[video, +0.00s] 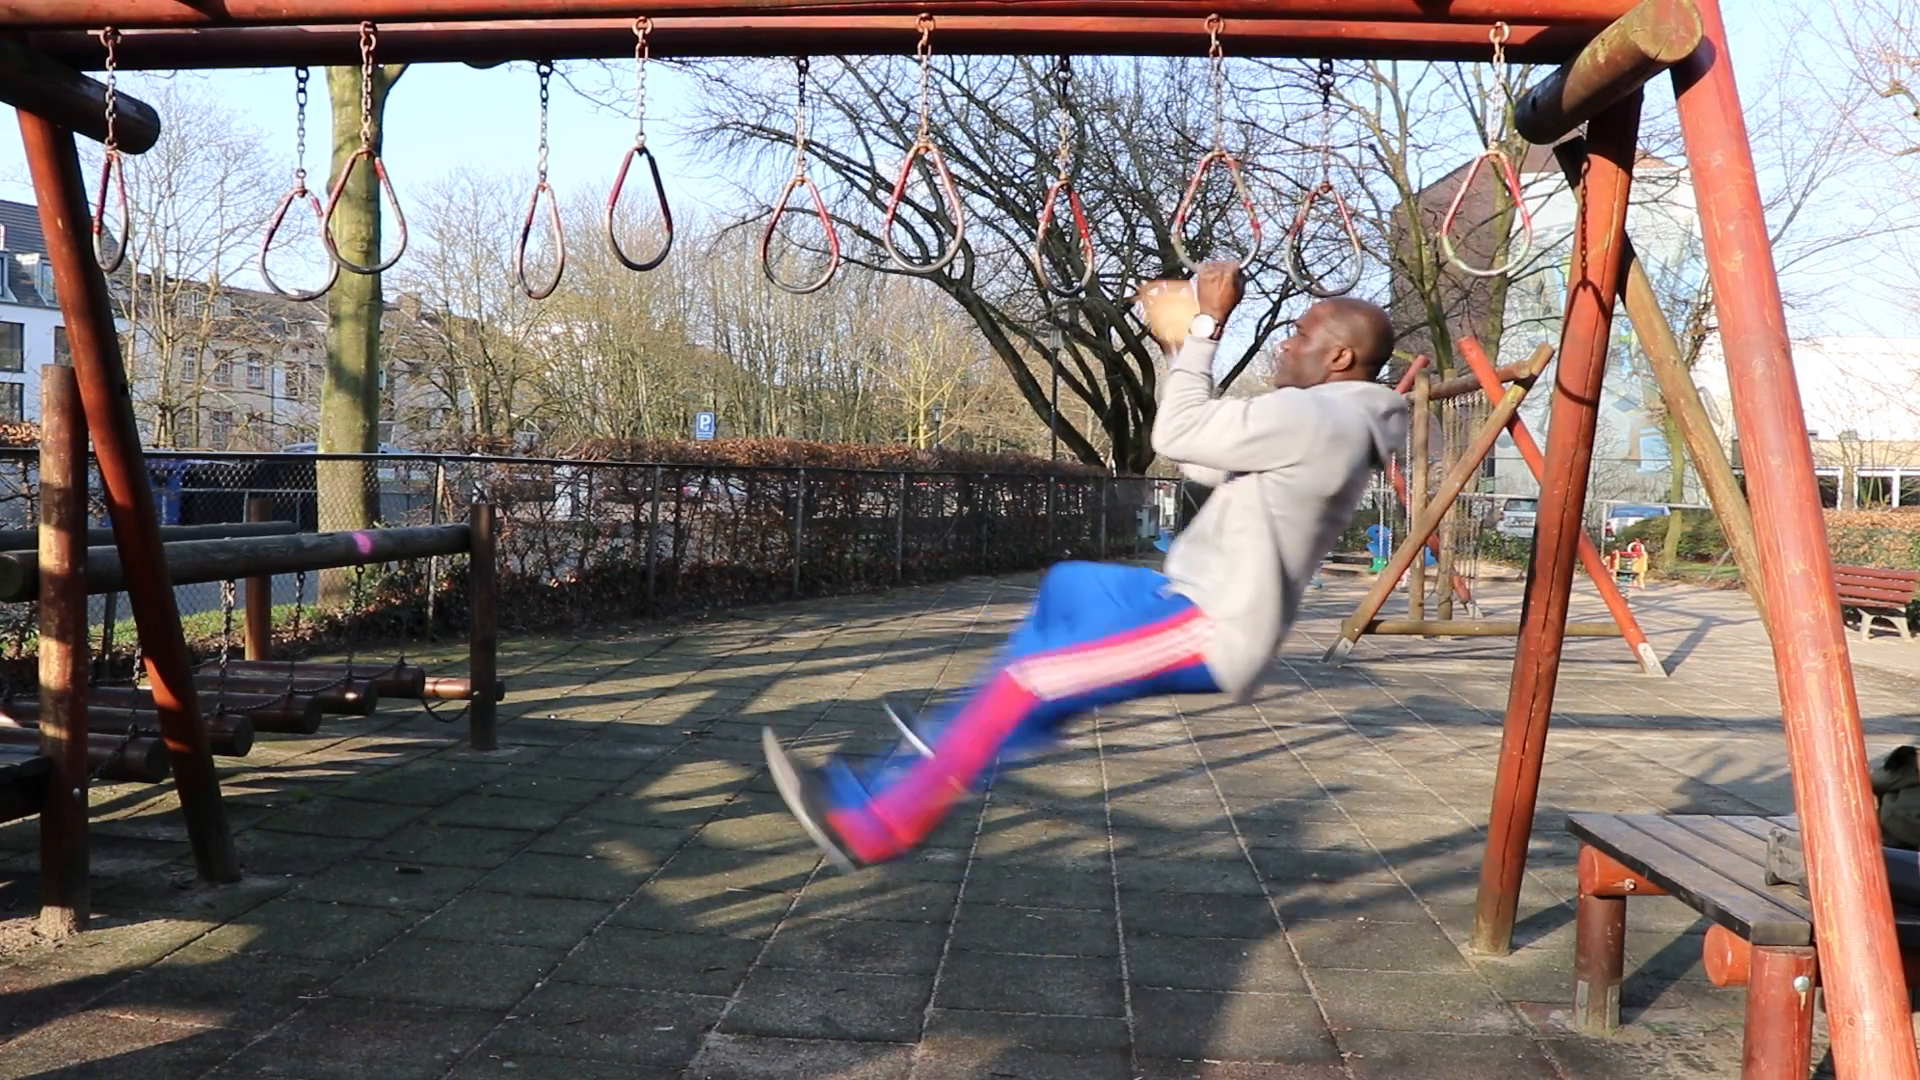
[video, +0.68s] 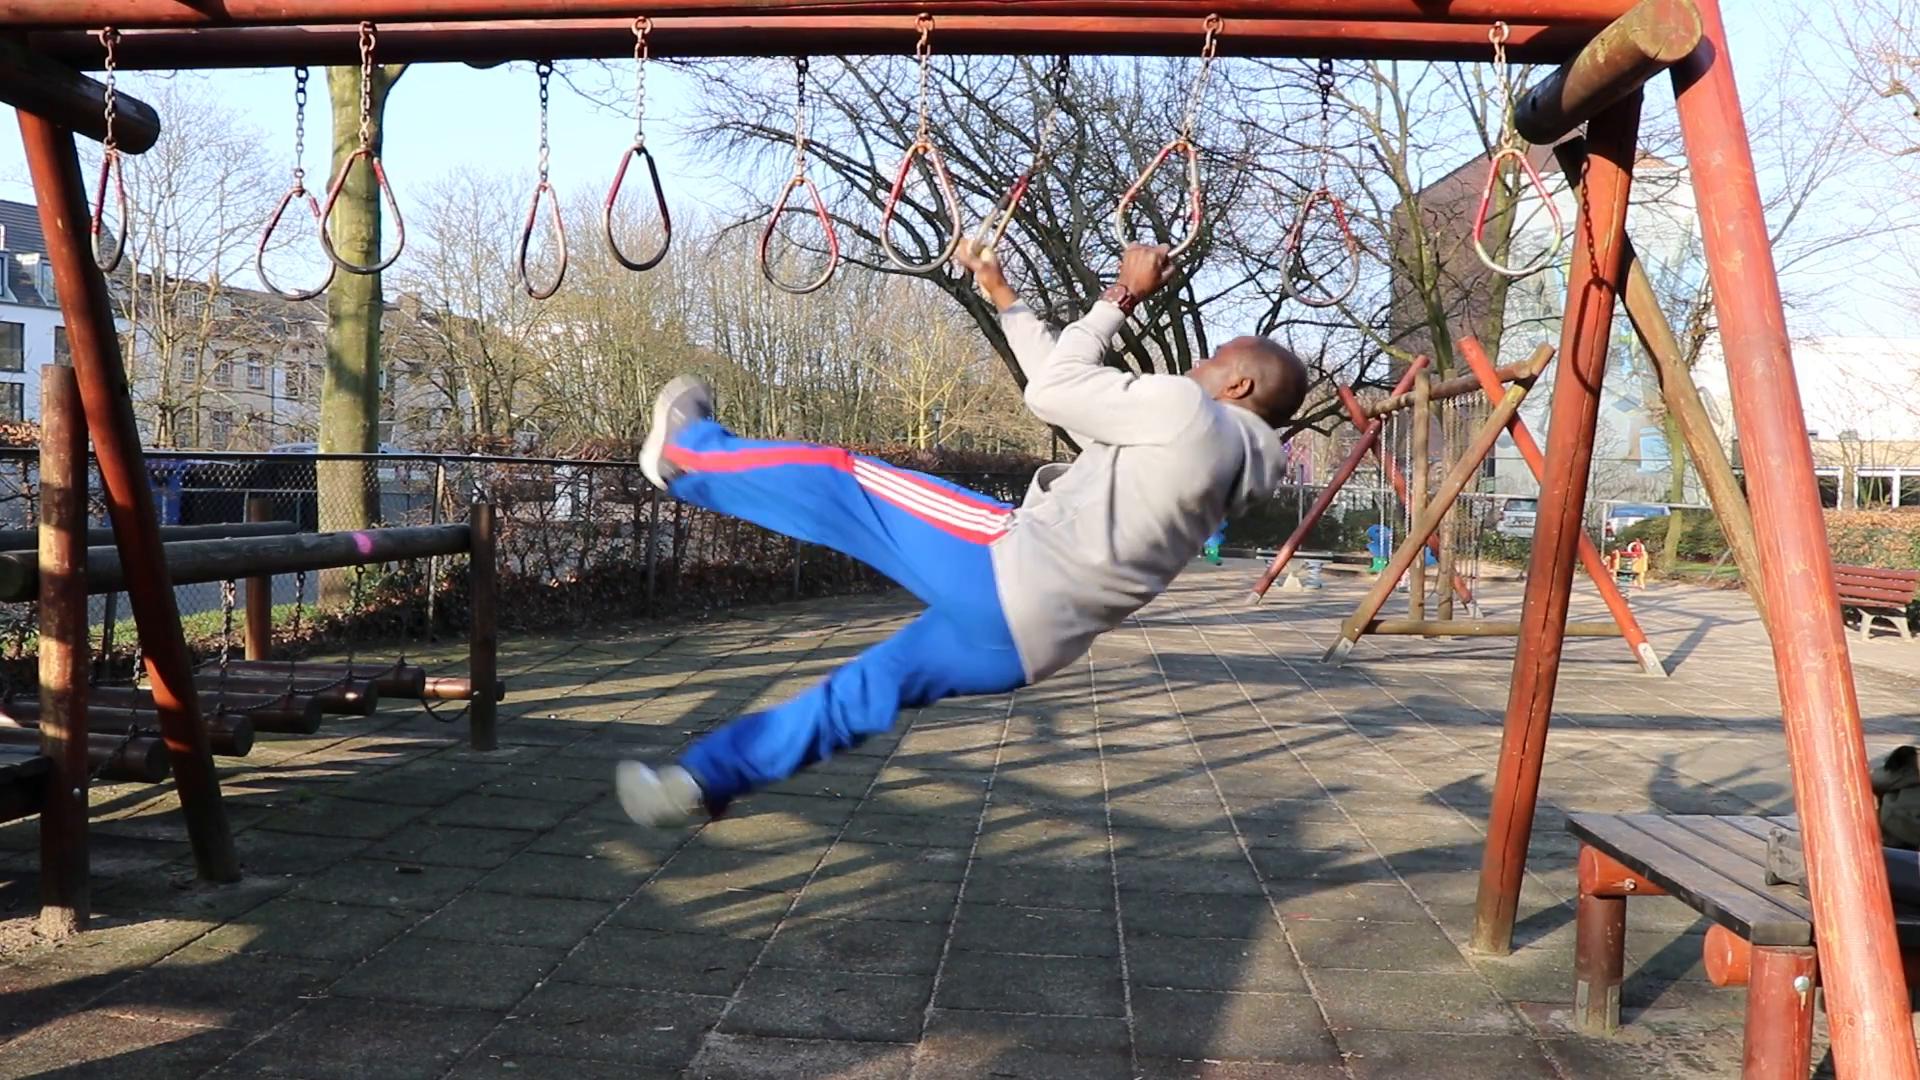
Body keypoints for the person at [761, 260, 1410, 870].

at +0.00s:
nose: (1285, 347)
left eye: (1300, 338)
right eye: (1294, 334)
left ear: (1333, 359)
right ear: (1351, 365)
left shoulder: (1319, 418)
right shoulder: (1326, 418)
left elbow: (1180, 434)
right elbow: (1201, 440)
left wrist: (1206, 326)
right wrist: (1190, 344)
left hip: (1218, 624)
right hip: (1207, 605)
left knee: (1029, 676)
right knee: (1068, 588)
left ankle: (878, 822)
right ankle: (948, 748)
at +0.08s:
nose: (1279, 341)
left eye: (1294, 335)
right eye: (1289, 331)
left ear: (1327, 365)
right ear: (1332, 367)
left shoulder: (1297, 423)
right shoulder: (1309, 422)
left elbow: (1161, 428)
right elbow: (1191, 421)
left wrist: (1123, 326)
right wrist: (1203, 322)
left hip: (1175, 620)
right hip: (1179, 598)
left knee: (972, 618)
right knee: (1036, 564)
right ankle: (903, 710)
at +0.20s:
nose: (1246, 360)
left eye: (1264, 350)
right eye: (1255, 349)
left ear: (1298, 372)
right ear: (1311, 382)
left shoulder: (1262, 427)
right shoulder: (1292, 439)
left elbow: (1127, 415)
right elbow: (1151, 421)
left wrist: (1173, 313)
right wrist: (1109, 319)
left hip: (1111, 612)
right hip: (1130, 620)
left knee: (918, 546)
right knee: (950, 588)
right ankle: (827, 673)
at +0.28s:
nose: (1234, 362)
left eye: (1252, 353)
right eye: (1245, 351)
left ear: (1279, 377)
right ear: (1295, 396)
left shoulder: (1236, 434)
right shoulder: (1267, 459)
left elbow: (1103, 413)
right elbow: (1132, 421)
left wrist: (1160, 313)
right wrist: (1098, 328)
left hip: (1075, 607)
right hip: (1096, 635)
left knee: (879, 515)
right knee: (918, 600)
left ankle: (690, 481)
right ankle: (784, 671)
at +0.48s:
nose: (1200, 375)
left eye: (1216, 370)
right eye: (1212, 369)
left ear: (1235, 391)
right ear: (1267, 428)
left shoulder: (1185, 428)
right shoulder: (1229, 482)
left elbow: (1060, 392)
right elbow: (1093, 410)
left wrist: (1118, 302)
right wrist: (1064, 298)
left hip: (994, 588)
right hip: (1012, 656)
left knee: (828, 478)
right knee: (868, 644)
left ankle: (656, 428)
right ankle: (714, 724)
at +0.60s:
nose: (1204, 365)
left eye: (1219, 364)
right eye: (1218, 360)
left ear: (1235, 386)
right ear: (1258, 414)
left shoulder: (1180, 418)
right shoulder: (1228, 473)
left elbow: (1052, 390)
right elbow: (1079, 397)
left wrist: (1118, 298)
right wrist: (1017, 294)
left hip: (993, 574)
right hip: (1011, 653)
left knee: (830, 473)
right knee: (850, 677)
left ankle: (657, 436)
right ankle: (691, 758)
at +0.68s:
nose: (1203, 361)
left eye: (1218, 357)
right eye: (1214, 354)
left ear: (1236, 377)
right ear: (1269, 417)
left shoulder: (1187, 409)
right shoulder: (1249, 465)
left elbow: (1057, 384)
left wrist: (1123, 295)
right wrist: (1004, 302)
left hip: (998, 567)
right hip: (1020, 649)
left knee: (851, 479)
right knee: (857, 699)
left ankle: (687, 450)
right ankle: (695, 781)